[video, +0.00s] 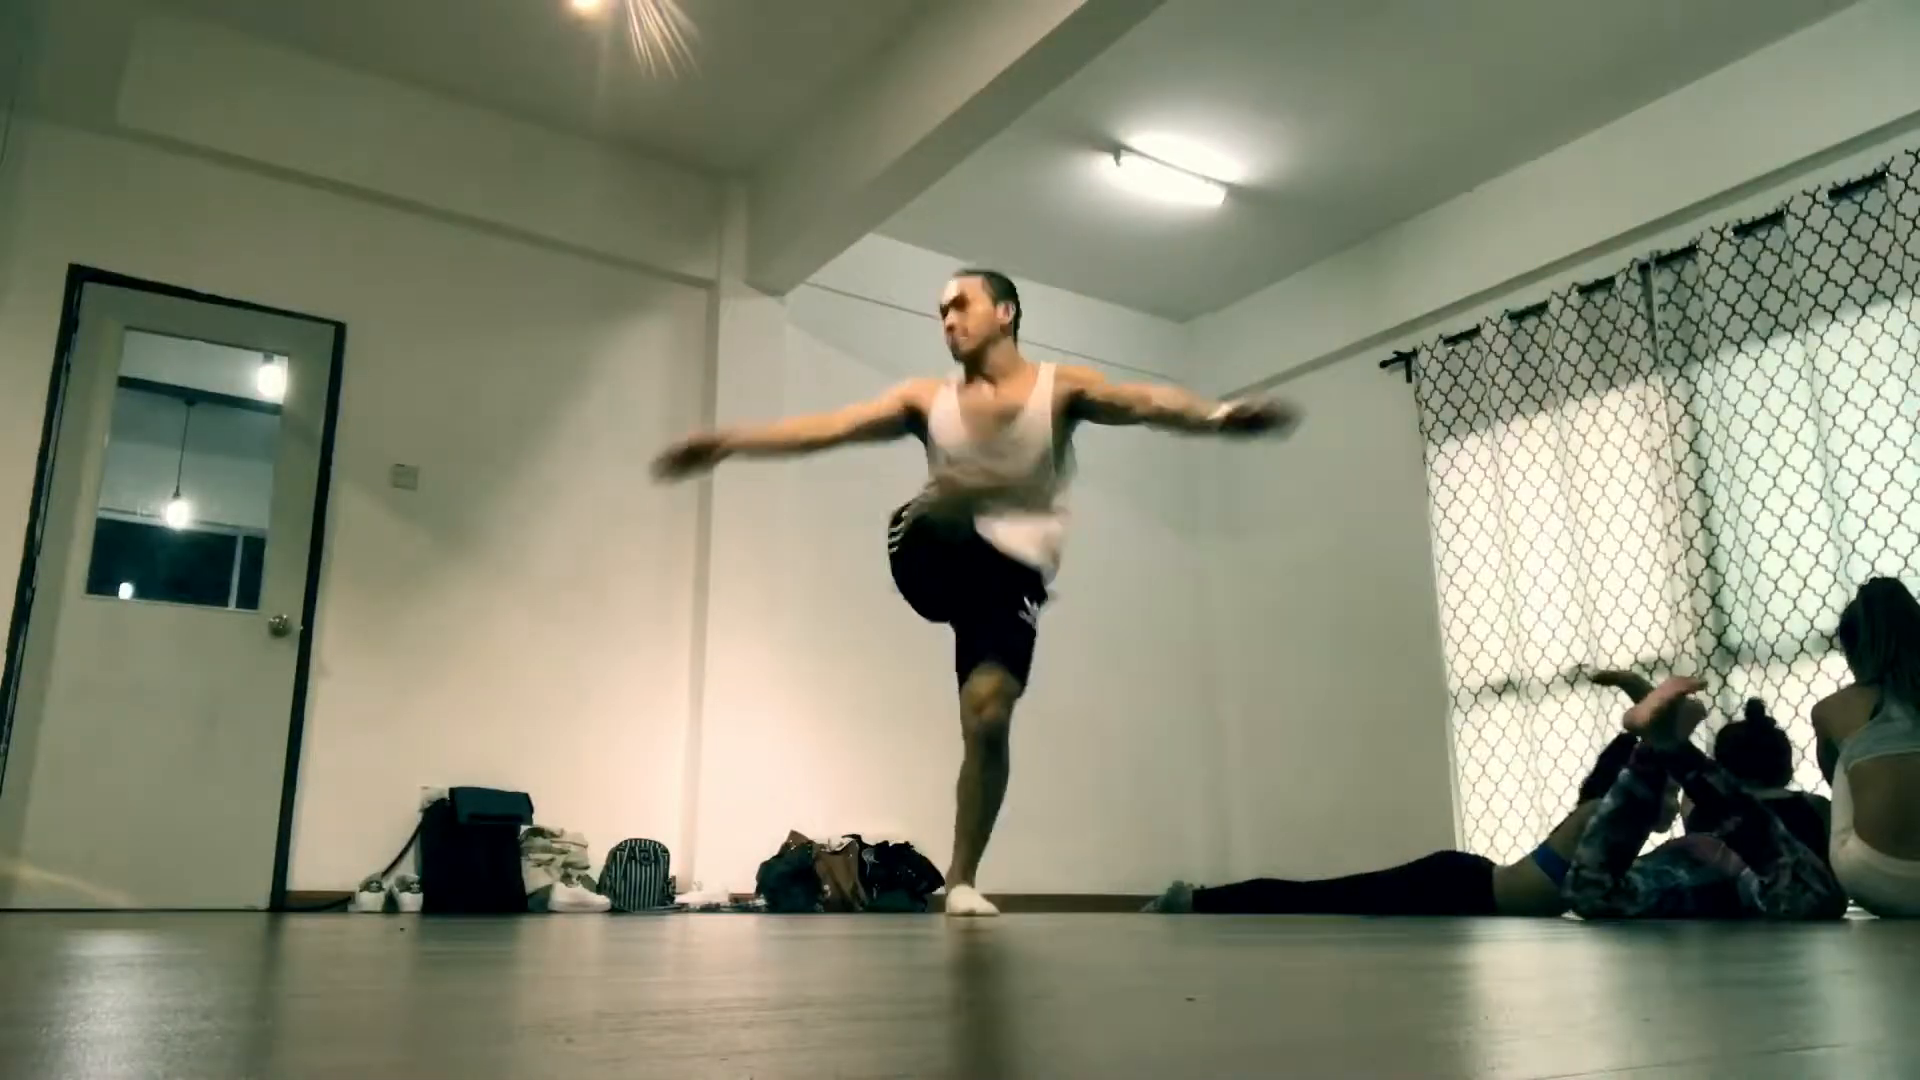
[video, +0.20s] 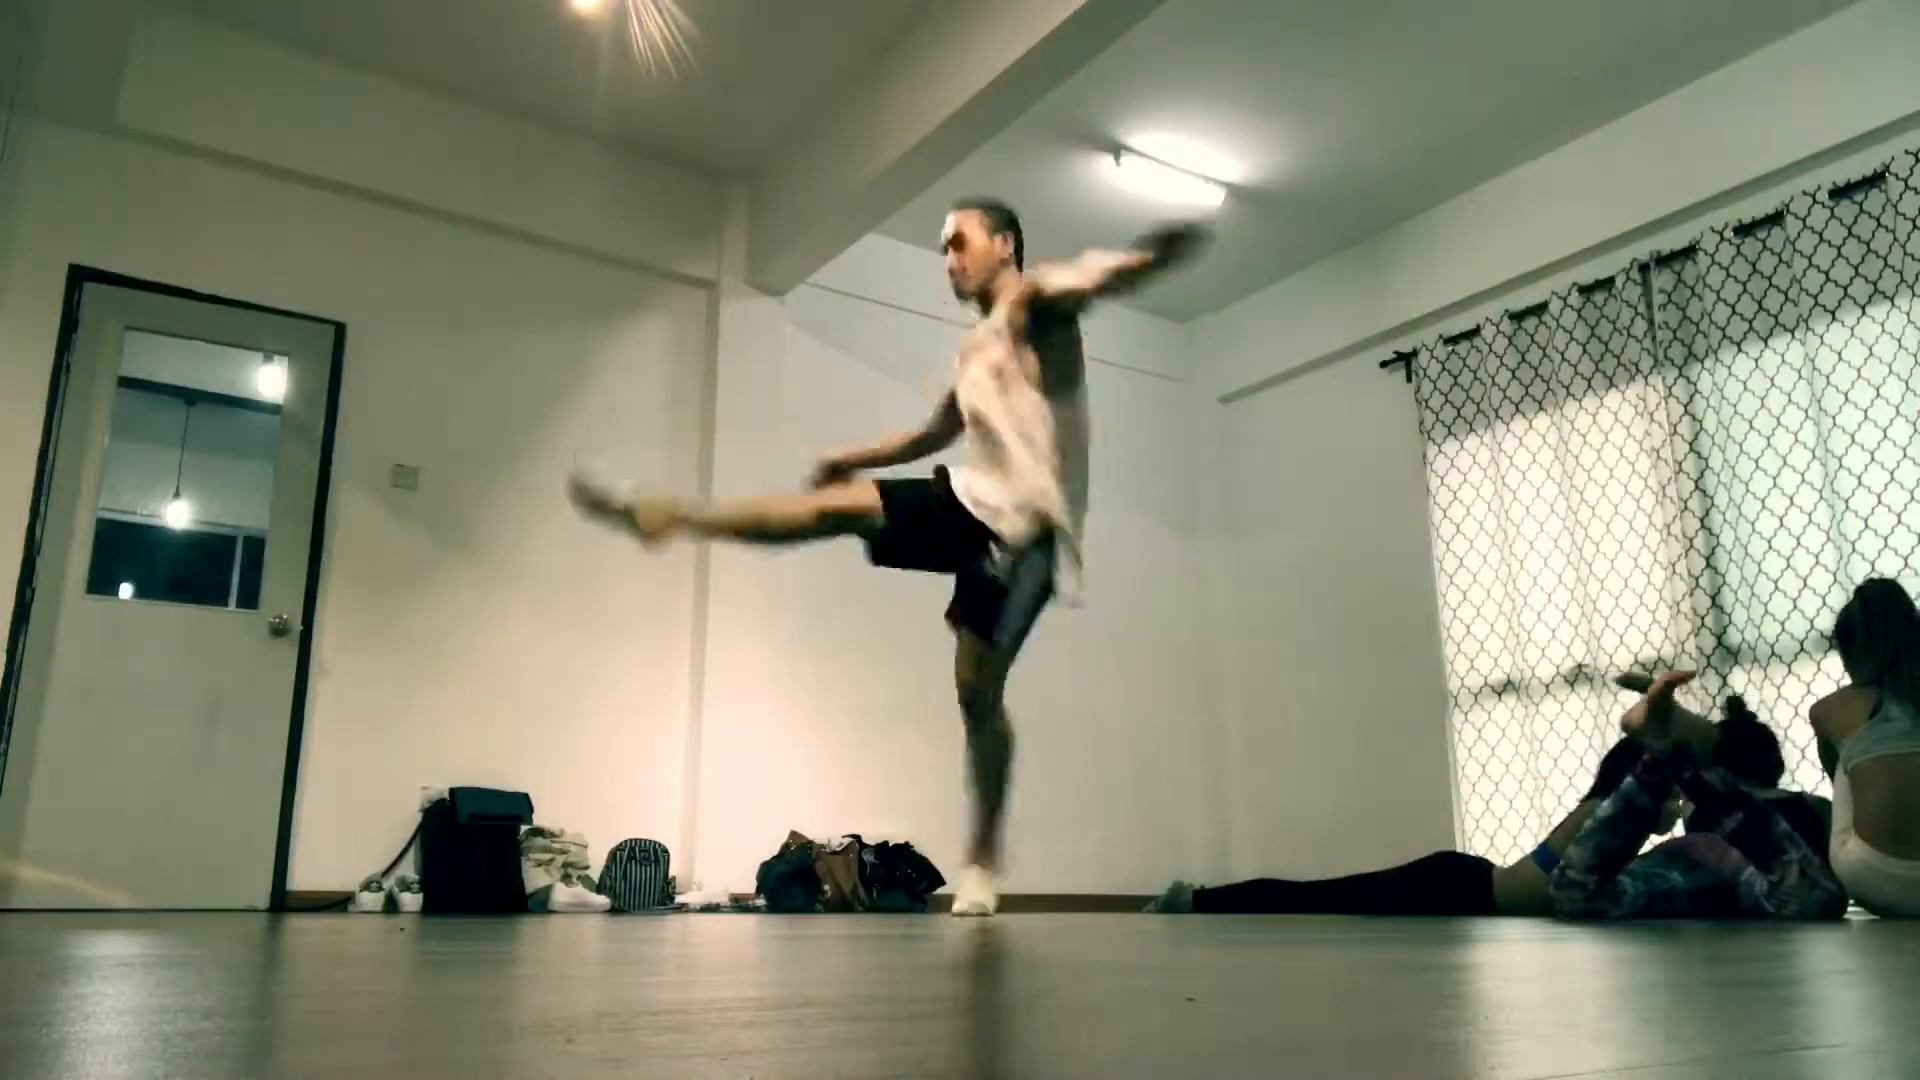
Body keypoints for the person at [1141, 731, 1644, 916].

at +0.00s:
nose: (1669, 811)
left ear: (1613, 787)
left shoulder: (1602, 820)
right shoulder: (1595, 822)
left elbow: (1625, 766)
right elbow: (1621, 767)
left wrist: (1643, 708)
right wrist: (1643, 712)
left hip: (1469, 883)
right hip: (1464, 886)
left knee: (1330, 895)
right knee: (1326, 898)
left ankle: (1202, 898)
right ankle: (1198, 901)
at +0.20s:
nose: (1686, 714)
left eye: (1697, 719)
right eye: (1702, 714)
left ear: (1713, 756)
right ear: (1725, 764)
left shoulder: (1651, 791)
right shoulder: (1647, 788)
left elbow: (1640, 744)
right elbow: (1640, 743)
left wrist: (1665, 699)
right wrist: (1664, 696)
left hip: (1477, 884)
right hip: (1477, 883)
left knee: (1329, 896)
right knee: (1328, 895)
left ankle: (1201, 900)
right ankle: (1200, 900)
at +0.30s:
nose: (1671, 718)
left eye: (1687, 718)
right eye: (1675, 712)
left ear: (1715, 751)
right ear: (1717, 756)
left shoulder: (1658, 790)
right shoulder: (1649, 786)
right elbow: (1654, 748)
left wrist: (1680, 701)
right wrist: (1677, 701)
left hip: (1480, 884)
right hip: (1476, 883)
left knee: (1336, 895)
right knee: (1333, 895)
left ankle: (1204, 899)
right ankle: (1200, 899)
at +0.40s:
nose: (1663, 719)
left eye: (1669, 713)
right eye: (1669, 712)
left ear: (1672, 728)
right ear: (1686, 738)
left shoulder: (1664, 785)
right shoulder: (1642, 778)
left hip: (1485, 885)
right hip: (1481, 882)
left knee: (1335, 896)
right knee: (1331, 895)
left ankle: (1204, 899)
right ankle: (1200, 898)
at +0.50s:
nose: (1654, 714)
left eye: (1667, 708)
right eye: (1661, 705)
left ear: (1687, 722)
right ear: (1698, 728)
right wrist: (1561, 862)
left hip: (1485, 886)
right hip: (1481, 882)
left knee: (1336, 896)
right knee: (1333, 895)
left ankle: (1204, 900)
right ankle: (1201, 899)